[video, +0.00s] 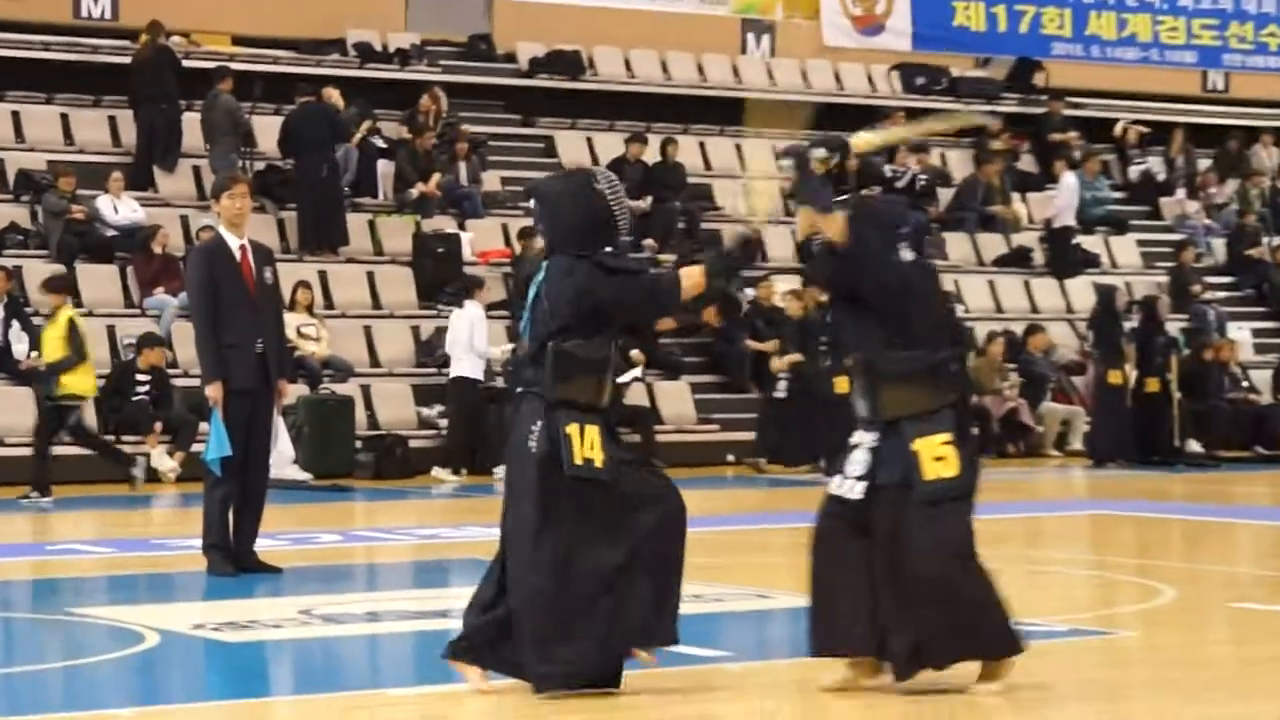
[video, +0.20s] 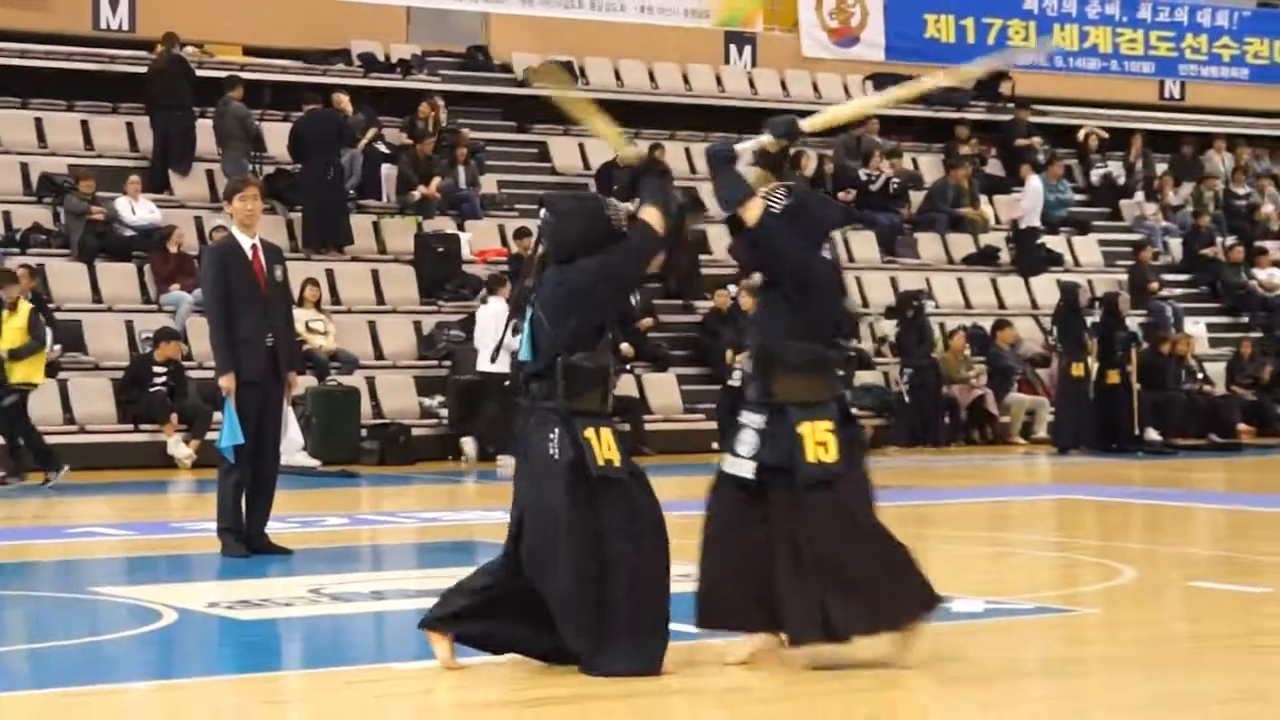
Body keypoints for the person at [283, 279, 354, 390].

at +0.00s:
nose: (307, 296)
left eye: (309, 293)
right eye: (303, 293)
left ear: (312, 296)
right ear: (295, 295)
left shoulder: (316, 318)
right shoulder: (286, 317)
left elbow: (324, 336)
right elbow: (291, 338)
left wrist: (321, 352)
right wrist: (310, 350)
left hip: (319, 351)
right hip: (301, 352)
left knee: (347, 369)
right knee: (315, 370)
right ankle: (316, 400)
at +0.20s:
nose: (314, 293)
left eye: (317, 290)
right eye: (311, 290)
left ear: (320, 293)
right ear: (303, 291)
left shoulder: (324, 313)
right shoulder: (295, 312)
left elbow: (331, 330)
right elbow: (299, 332)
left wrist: (329, 345)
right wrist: (317, 344)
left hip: (327, 346)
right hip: (310, 346)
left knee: (352, 361)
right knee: (322, 361)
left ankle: (338, 385)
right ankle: (325, 390)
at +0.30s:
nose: (325, 295)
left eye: (328, 293)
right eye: (322, 292)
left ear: (331, 296)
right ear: (314, 294)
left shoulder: (335, 315)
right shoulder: (307, 314)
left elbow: (342, 331)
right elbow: (311, 333)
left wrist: (338, 345)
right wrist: (328, 344)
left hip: (337, 346)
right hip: (320, 346)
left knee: (362, 360)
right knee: (333, 361)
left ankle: (347, 384)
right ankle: (337, 389)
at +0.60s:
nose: (343, 298)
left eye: (345, 295)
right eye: (340, 295)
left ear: (348, 298)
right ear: (333, 297)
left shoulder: (351, 316)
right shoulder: (326, 316)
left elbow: (359, 332)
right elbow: (328, 334)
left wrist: (355, 344)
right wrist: (343, 344)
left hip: (354, 346)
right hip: (338, 347)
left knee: (377, 359)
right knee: (350, 361)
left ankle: (366, 384)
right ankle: (354, 389)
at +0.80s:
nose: (357, 300)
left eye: (359, 298)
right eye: (354, 297)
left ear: (362, 301)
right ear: (348, 300)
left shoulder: (366, 319)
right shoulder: (341, 317)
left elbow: (373, 333)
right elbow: (343, 335)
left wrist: (370, 345)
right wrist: (358, 345)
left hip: (369, 346)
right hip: (353, 347)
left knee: (390, 359)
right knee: (365, 361)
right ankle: (366, 387)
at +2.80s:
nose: (371, 302)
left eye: (374, 300)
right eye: (368, 299)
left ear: (376, 303)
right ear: (362, 301)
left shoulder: (379, 320)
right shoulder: (355, 319)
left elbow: (385, 334)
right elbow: (361, 337)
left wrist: (384, 346)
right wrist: (376, 346)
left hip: (382, 347)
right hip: (368, 347)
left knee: (403, 358)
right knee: (378, 360)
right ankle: (379, 384)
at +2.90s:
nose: (372, 303)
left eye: (374, 300)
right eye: (369, 300)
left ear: (377, 303)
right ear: (363, 301)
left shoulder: (379, 319)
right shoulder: (356, 319)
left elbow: (387, 333)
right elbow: (361, 337)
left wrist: (384, 345)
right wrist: (376, 345)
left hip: (383, 346)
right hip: (368, 347)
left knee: (398, 355)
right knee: (378, 359)